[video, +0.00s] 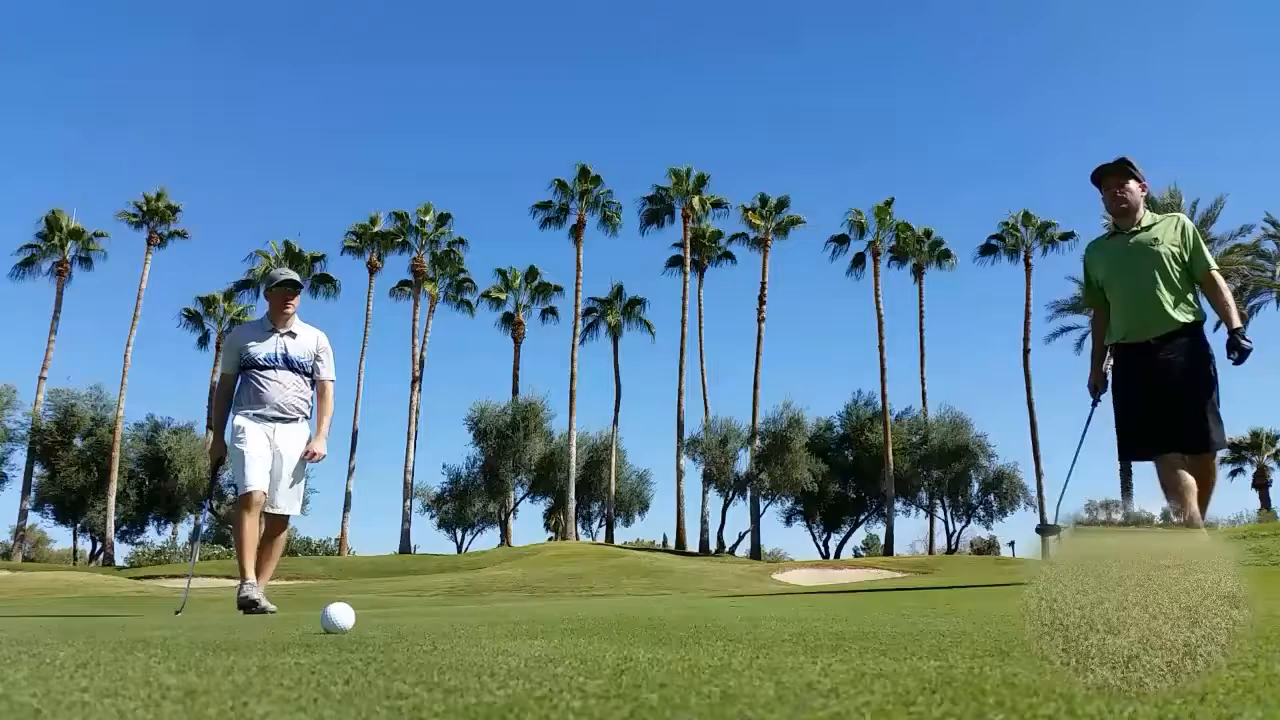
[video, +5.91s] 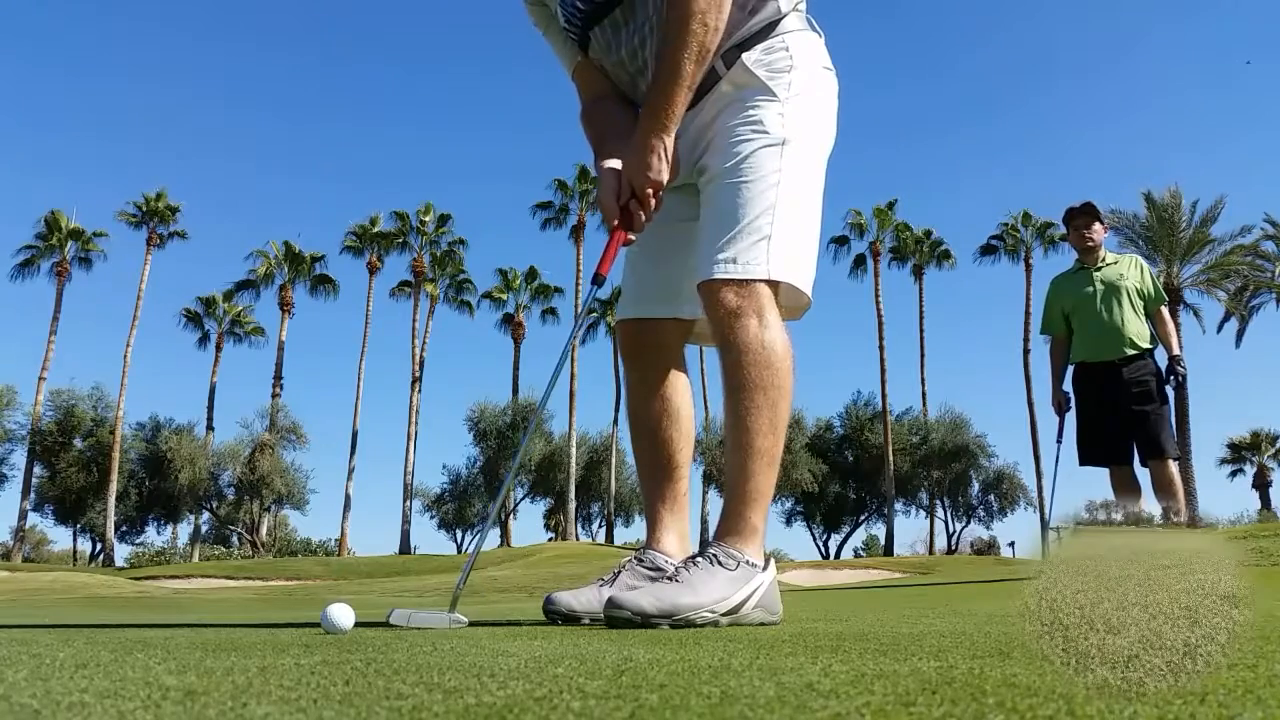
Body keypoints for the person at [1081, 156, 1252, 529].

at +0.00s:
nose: (1117, 191)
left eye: (1123, 183)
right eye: (1109, 188)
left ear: (1142, 188)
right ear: (1103, 199)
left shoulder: (1176, 226)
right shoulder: (1096, 251)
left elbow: (1210, 278)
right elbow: (1099, 313)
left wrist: (1235, 326)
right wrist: (1096, 366)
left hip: (1183, 346)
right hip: (1133, 357)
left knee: (1200, 444)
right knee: (1162, 445)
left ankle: (1194, 523)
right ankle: (1192, 529)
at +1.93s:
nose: (1086, 229)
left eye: (1091, 222)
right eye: (1078, 226)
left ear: (1106, 225)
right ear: (1071, 234)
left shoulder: (1139, 260)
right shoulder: (1066, 281)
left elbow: (1165, 309)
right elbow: (1064, 338)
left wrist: (1184, 351)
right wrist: (1061, 384)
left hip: (1144, 369)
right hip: (1098, 377)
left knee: (1161, 452)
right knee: (1119, 460)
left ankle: (1178, 527)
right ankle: (1135, 531)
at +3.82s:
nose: (1100, 232)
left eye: (1103, 225)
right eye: (1092, 227)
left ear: (1108, 228)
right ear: (1073, 233)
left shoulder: (1133, 260)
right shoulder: (1061, 283)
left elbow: (1166, 307)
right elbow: (1059, 338)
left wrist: (1161, 308)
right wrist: (1053, 383)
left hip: (1141, 368)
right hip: (1095, 375)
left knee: (1162, 453)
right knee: (1118, 460)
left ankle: (1179, 529)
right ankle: (1135, 534)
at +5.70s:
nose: (1084, 233)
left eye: (1089, 226)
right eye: (1076, 229)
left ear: (1103, 230)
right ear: (1068, 238)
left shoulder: (1133, 266)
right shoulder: (1061, 285)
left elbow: (1158, 313)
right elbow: (1058, 340)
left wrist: (1173, 354)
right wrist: (1056, 387)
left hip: (1139, 373)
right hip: (1093, 380)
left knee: (1160, 455)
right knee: (1117, 462)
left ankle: (1178, 530)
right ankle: (1135, 535)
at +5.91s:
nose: (1084, 233)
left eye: (1090, 226)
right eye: (1076, 229)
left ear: (1103, 230)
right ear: (1068, 238)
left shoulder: (1134, 266)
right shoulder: (1062, 285)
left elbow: (1159, 313)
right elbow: (1059, 340)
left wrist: (1174, 355)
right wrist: (1057, 387)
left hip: (1140, 372)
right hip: (1094, 379)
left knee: (1160, 455)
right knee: (1117, 462)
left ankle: (1177, 529)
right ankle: (1135, 534)